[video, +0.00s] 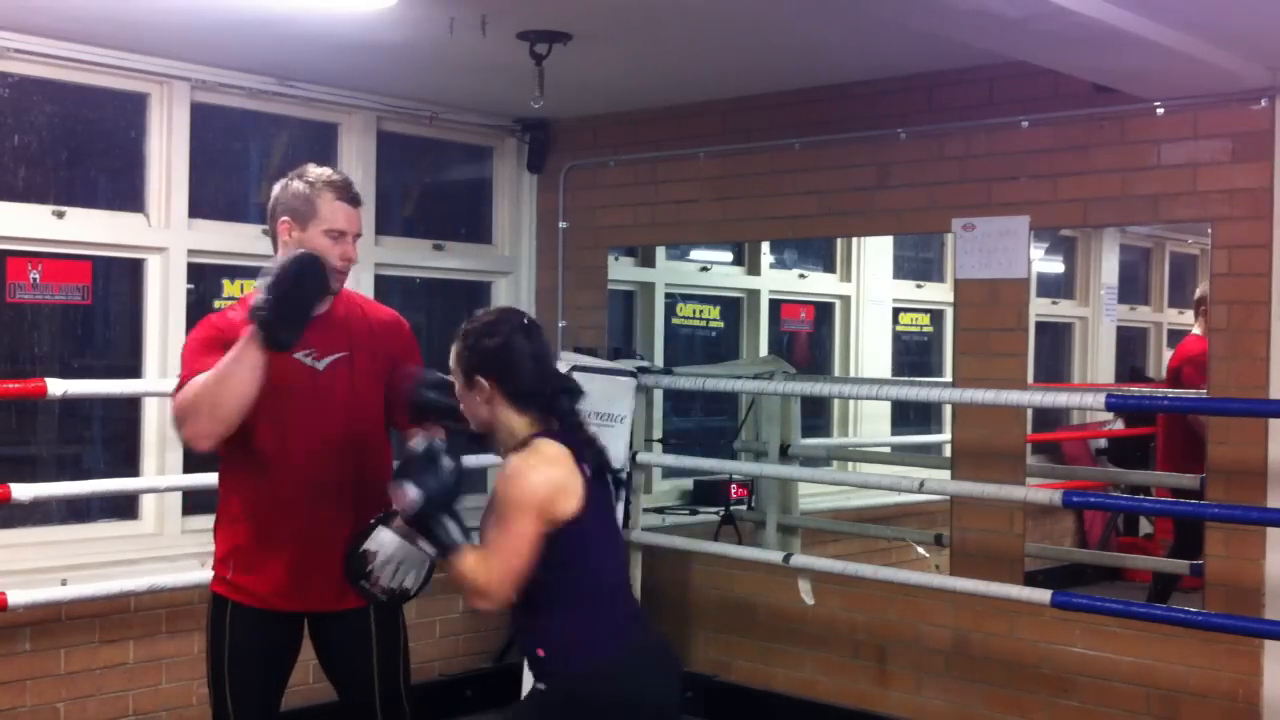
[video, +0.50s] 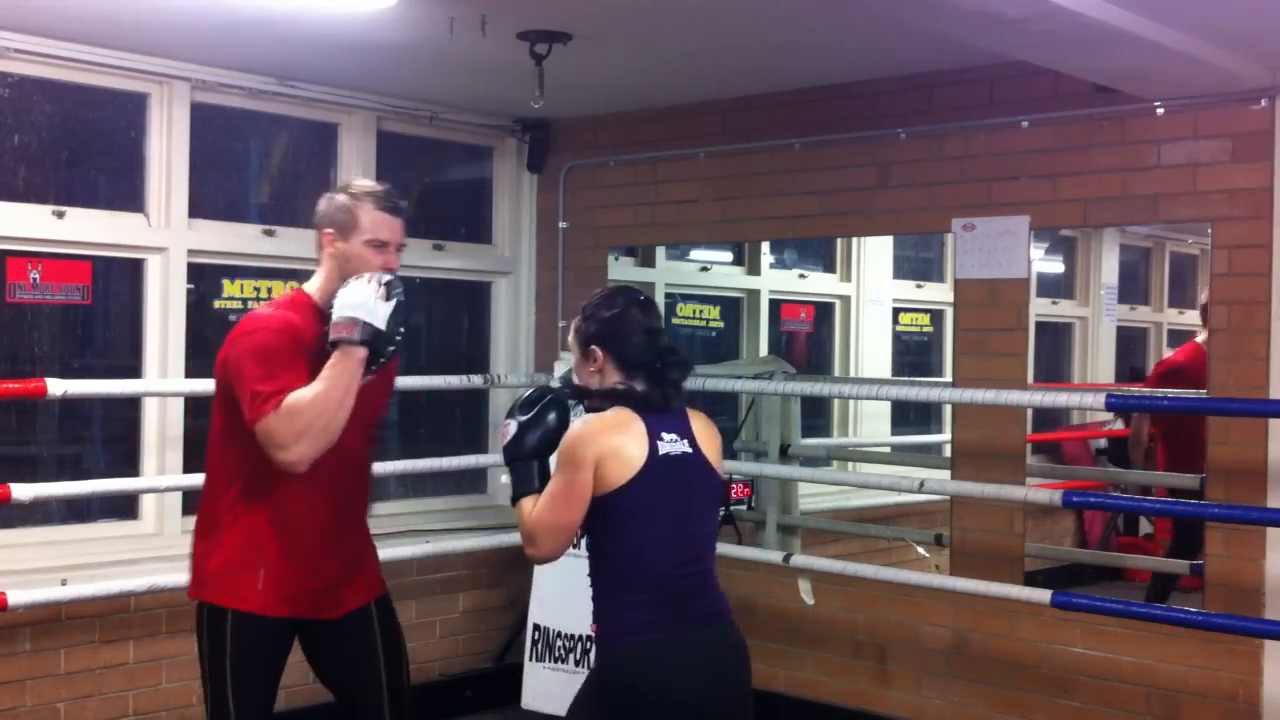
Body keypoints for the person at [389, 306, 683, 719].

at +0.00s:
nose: (456, 396)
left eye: (457, 383)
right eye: (453, 382)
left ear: (484, 390)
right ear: (535, 375)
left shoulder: (531, 470)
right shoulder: (571, 443)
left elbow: (489, 588)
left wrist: (436, 517)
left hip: (583, 690)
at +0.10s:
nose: (475, 386)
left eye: (476, 373)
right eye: (474, 374)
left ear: (498, 380)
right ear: (553, 367)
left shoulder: (517, 463)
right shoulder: (611, 430)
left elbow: (461, 572)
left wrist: (434, 489)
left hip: (580, 684)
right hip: (657, 670)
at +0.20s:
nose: (522, 384)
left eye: (523, 373)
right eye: (522, 372)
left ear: (541, 379)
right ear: (597, 366)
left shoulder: (553, 463)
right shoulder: (658, 439)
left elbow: (500, 563)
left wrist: (477, 485)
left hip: (609, 685)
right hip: (689, 674)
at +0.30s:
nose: (560, 381)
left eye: (558, 369)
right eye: (555, 371)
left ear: (577, 366)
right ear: (631, 352)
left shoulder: (582, 447)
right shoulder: (691, 430)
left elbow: (535, 557)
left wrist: (513, 475)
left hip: (630, 673)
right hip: (712, 663)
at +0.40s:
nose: (567, 367)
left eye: (569, 353)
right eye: (565, 352)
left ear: (592, 359)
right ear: (648, 349)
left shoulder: (594, 438)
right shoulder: (704, 426)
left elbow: (543, 546)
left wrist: (524, 462)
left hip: (636, 669)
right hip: (717, 661)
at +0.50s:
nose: (573, 368)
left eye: (575, 356)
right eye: (573, 356)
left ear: (598, 359)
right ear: (651, 352)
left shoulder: (592, 436)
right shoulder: (705, 430)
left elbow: (541, 544)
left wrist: (522, 461)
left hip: (636, 669)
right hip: (718, 660)